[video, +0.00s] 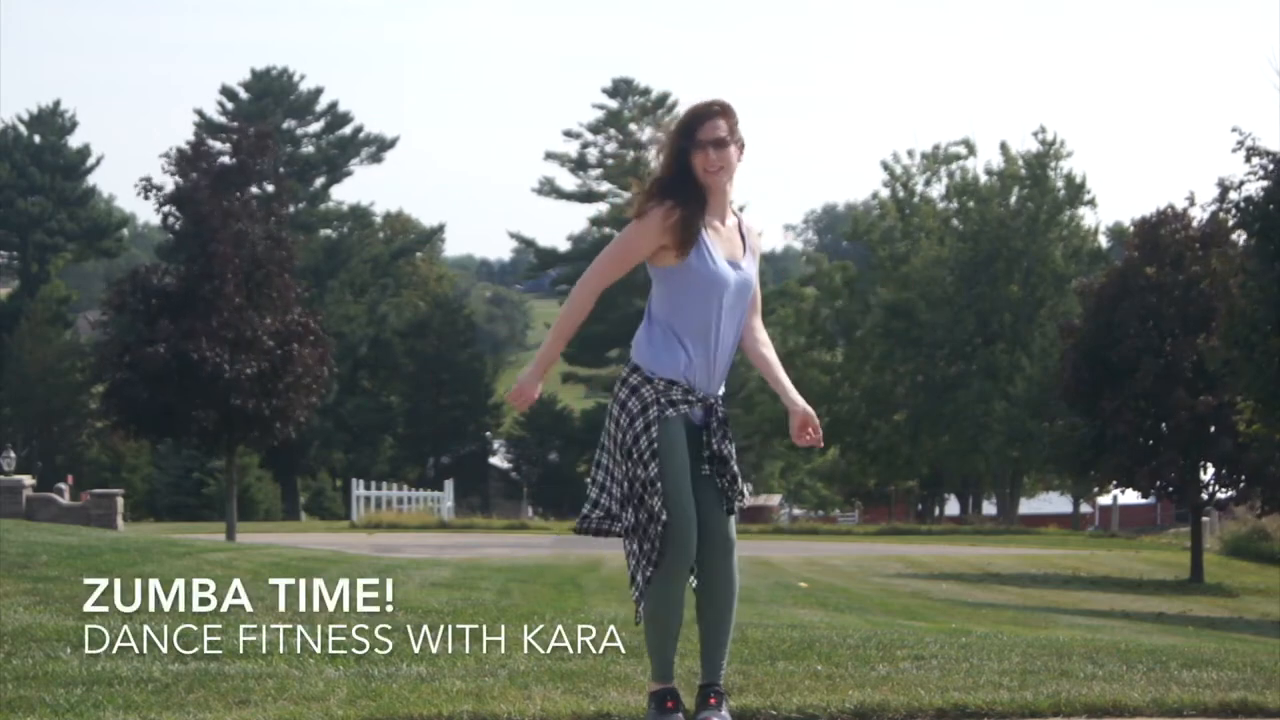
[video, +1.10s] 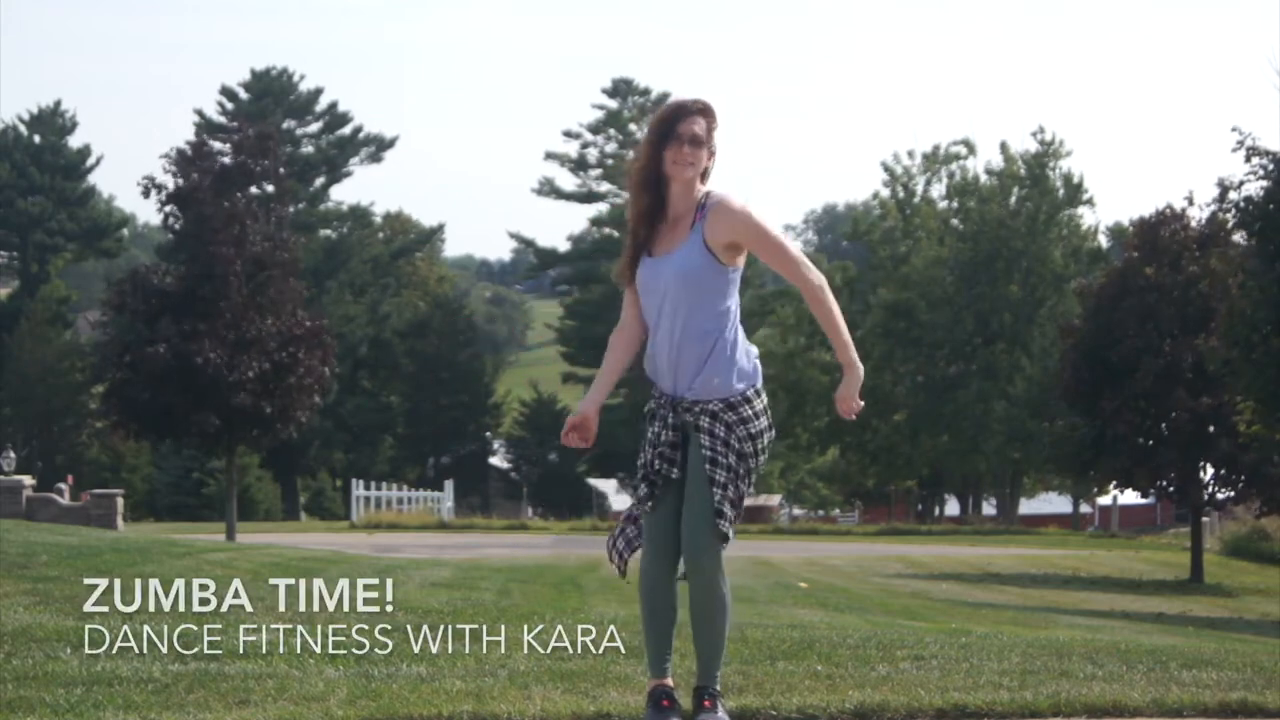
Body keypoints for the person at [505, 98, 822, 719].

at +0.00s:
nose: (716, 153)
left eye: (725, 142)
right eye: (704, 145)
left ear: (739, 150)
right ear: (686, 155)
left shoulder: (744, 231)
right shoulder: (665, 219)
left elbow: (752, 330)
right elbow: (589, 285)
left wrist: (793, 400)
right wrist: (539, 368)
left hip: (706, 406)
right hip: (657, 395)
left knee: (720, 545)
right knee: (678, 542)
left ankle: (713, 694)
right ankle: (663, 692)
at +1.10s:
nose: (693, 151)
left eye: (703, 143)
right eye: (683, 140)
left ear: (712, 155)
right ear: (657, 149)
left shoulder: (724, 217)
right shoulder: (646, 234)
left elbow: (809, 279)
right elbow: (629, 328)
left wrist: (851, 366)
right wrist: (592, 402)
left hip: (724, 407)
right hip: (667, 408)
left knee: (701, 555)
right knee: (656, 552)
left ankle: (708, 695)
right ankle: (660, 685)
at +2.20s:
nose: (707, 152)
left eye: (716, 143)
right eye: (696, 143)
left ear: (728, 152)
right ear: (675, 153)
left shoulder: (719, 228)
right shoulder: (662, 214)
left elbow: (732, 330)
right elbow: (613, 300)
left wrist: (778, 401)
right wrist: (621, 398)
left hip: (719, 409)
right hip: (668, 406)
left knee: (717, 555)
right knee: (686, 556)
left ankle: (713, 693)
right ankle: (666, 694)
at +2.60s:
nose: (714, 148)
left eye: (723, 138)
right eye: (702, 142)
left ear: (743, 147)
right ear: (688, 156)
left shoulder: (756, 233)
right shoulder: (669, 217)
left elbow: (744, 330)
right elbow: (591, 280)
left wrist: (725, 407)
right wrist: (534, 358)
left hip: (705, 404)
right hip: (644, 392)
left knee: (713, 543)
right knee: (652, 538)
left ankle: (712, 690)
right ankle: (661, 688)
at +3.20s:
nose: (693, 159)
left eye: (702, 150)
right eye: (682, 150)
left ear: (716, 159)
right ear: (660, 159)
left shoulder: (738, 222)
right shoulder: (650, 238)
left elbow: (805, 298)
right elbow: (573, 302)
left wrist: (775, 388)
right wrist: (480, 295)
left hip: (703, 414)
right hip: (640, 406)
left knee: (687, 562)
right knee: (647, 558)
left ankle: (707, 693)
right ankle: (658, 685)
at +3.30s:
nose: (694, 162)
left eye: (703, 153)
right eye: (682, 152)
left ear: (713, 159)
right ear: (660, 159)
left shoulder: (730, 218)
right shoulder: (647, 241)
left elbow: (819, 268)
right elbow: (575, 310)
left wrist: (826, 354)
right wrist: (485, 301)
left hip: (707, 411)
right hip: (647, 406)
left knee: (685, 561)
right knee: (646, 555)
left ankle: (705, 695)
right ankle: (658, 685)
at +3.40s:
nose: (696, 161)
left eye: (704, 151)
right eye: (684, 151)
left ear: (713, 157)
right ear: (657, 157)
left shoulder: (728, 217)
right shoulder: (642, 240)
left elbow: (821, 250)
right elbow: (574, 311)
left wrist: (877, 299)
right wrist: (482, 317)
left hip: (713, 412)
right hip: (651, 408)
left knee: (691, 561)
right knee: (649, 560)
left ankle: (707, 695)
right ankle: (660, 688)